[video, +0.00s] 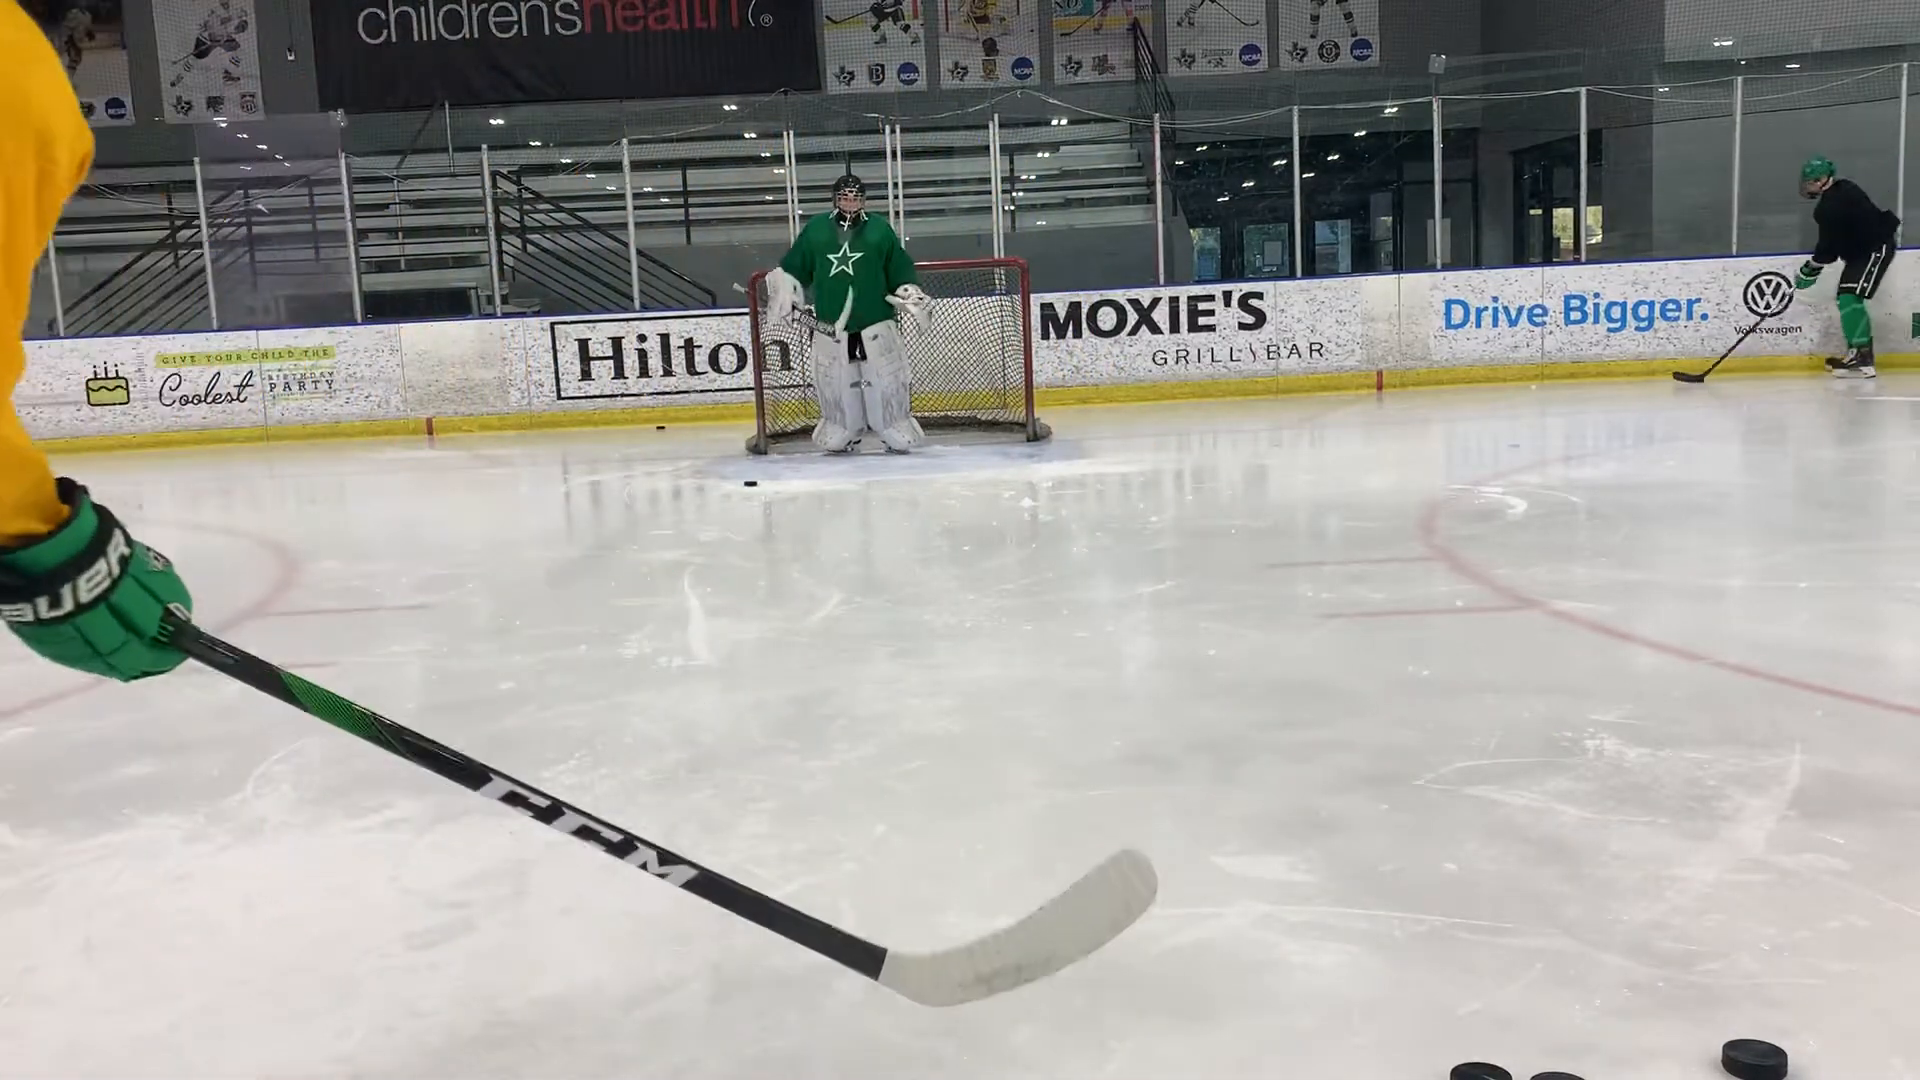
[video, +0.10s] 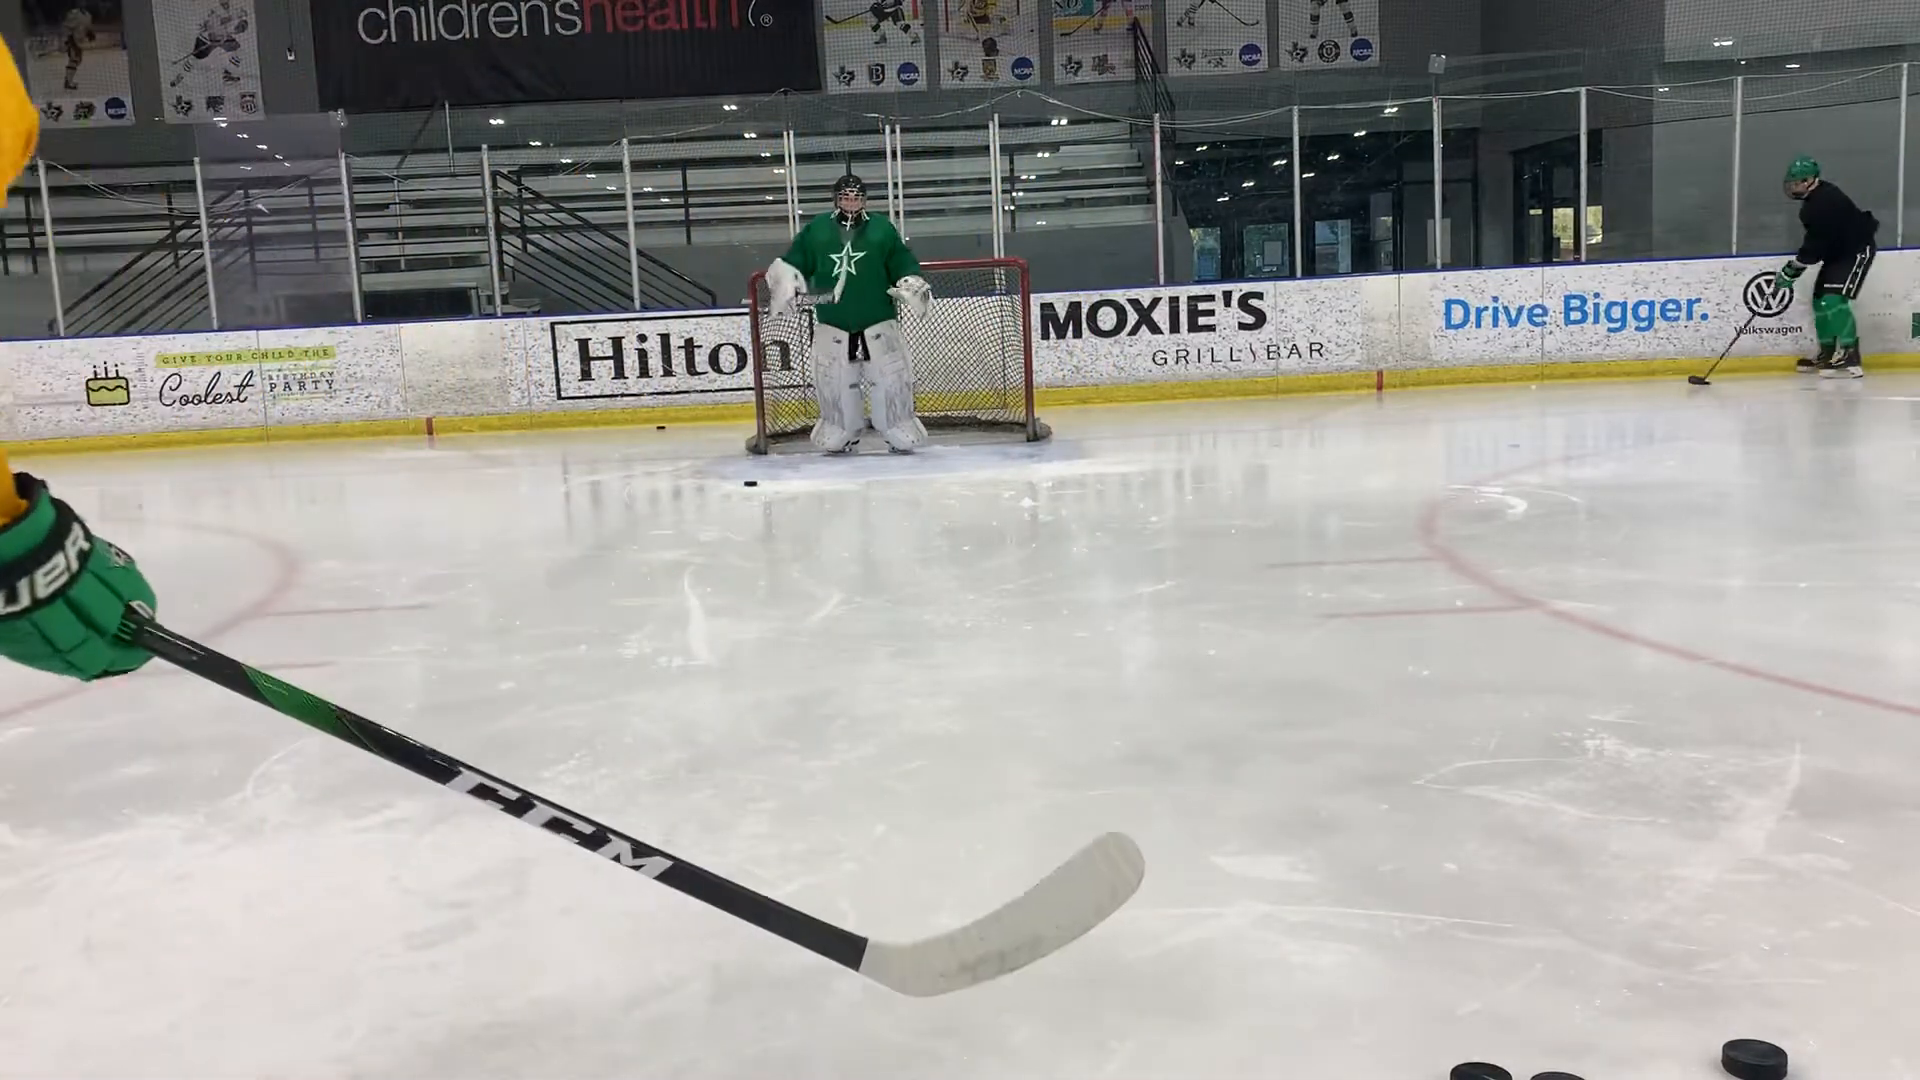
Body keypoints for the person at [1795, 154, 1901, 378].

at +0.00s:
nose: (1807, 187)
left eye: (1811, 182)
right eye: (1806, 182)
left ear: (1824, 180)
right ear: (1825, 179)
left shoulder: (1829, 207)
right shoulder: (1843, 188)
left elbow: (1828, 247)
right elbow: (1832, 239)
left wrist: (1810, 269)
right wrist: (1815, 265)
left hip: (1874, 246)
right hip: (1869, 243)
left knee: (1849, 297)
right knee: (1847, 296)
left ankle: (1861, 356)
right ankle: (1859, 354)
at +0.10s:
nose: (1793, 187)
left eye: (1797, 182)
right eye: (1791, 183)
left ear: (1811, 180)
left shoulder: (1823, 201)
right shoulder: (1812, 201)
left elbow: (1816, 246)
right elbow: (1814, 241)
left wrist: (1792, 270)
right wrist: (1795, 267)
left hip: (1858, 247)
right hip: (1837, 249)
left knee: (1833, 298)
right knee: (1820, 299)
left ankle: (1850, 355)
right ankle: (1827, 355)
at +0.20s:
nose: (1781, 188)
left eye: (1786, 182)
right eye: (1778, 183)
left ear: (1800, 182)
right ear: (1775, 183)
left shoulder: (1811, 203)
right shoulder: (1790, 198)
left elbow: (1803, 246)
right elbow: (1793, 222)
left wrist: (1776, 269)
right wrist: (1782, 238)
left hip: (1838, 248)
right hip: (1814, 249)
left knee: (1816, 299)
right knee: (1797, 298)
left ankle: (1836, 355)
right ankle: (1801, 354)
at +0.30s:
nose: (1775, 187)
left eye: (1780, 182)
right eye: (1771, 182)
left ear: (1792, 183)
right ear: (1766, 182)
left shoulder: (1800, 204)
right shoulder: (1770, 198)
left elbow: (1787, 249)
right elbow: (1764, 221)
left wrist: (1759, 275)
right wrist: (1756, 239)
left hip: (1818, 252)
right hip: (1790, 251)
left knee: (1800, 299)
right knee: (1775, 300)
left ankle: (1821, 355)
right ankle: (1777, 355)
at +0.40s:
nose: (1768, 186)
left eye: (1774, 181)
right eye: (1765, 180)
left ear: (1784, 183)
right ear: (1760, 180)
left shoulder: (1794, 206)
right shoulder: (1755, 196)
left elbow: (1778, 250)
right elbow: (1742, 218)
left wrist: (1748, 277)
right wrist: (1733, 240)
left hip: (1802, 259)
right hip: (1773, 256)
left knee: (1785, 299)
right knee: (1755, 301)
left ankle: (1805, 356)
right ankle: (1754, 355)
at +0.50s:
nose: (1766, 185)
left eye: (1771, 180)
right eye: (1762, 179)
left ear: (1779, 182)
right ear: (1755, 180)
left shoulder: (1786, 205)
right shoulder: (1744, 195)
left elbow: (1777, 247)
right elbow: (1723, 217)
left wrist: (1750, 277)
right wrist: (1718, 242)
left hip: (1786, 262)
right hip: (1756, 259)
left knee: (1771, 302)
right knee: (1738, 303)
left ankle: (1790, 356)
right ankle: (1734, 357)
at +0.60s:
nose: (1759, 183)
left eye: (1765, 179)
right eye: (1756, 178)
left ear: (1774, 181)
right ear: (1750, 179)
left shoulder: (1781, 205)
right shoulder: (1735, 195)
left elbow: (1782, 248)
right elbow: (1711, 222)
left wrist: (1761, 275)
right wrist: (1714, 244)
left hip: (1769, 263)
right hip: (1738, 260)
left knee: (1758, 303)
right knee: (1722, 306)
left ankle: (1775, 359)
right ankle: (1715, 359)